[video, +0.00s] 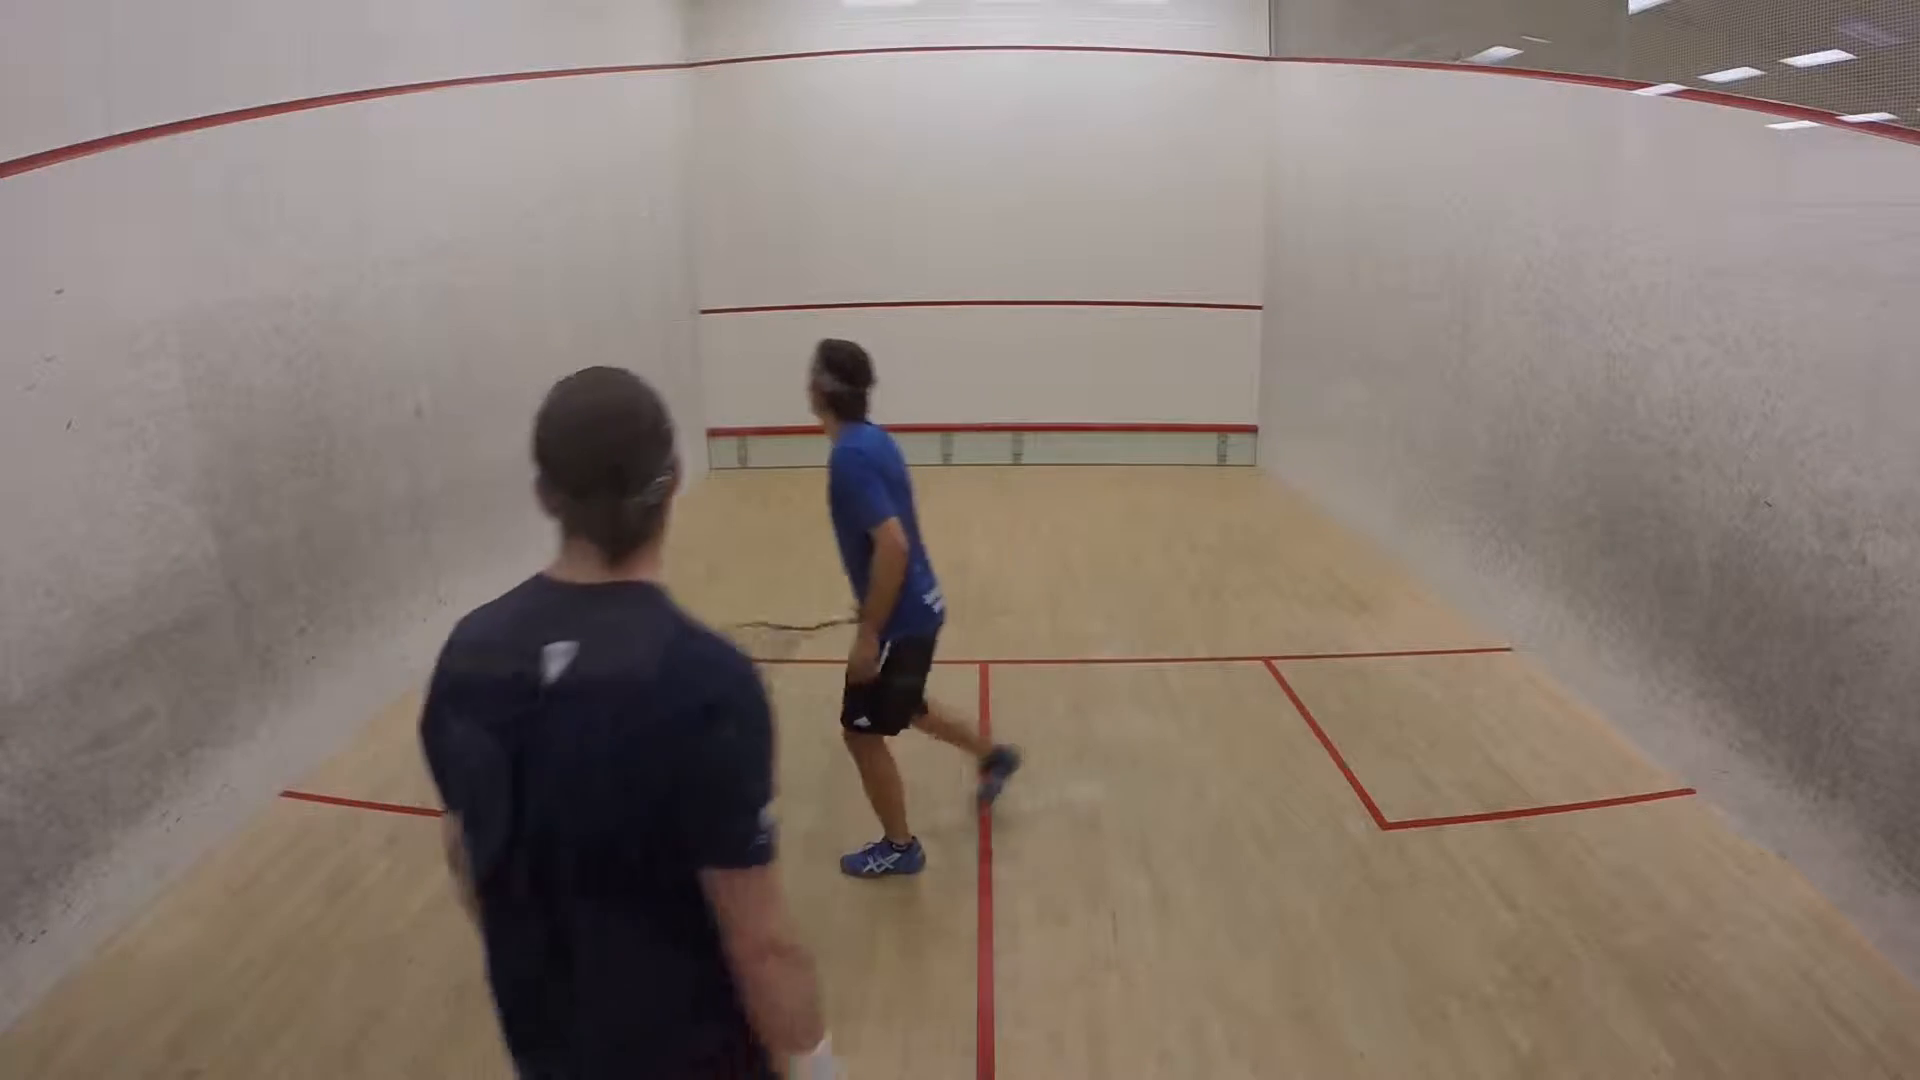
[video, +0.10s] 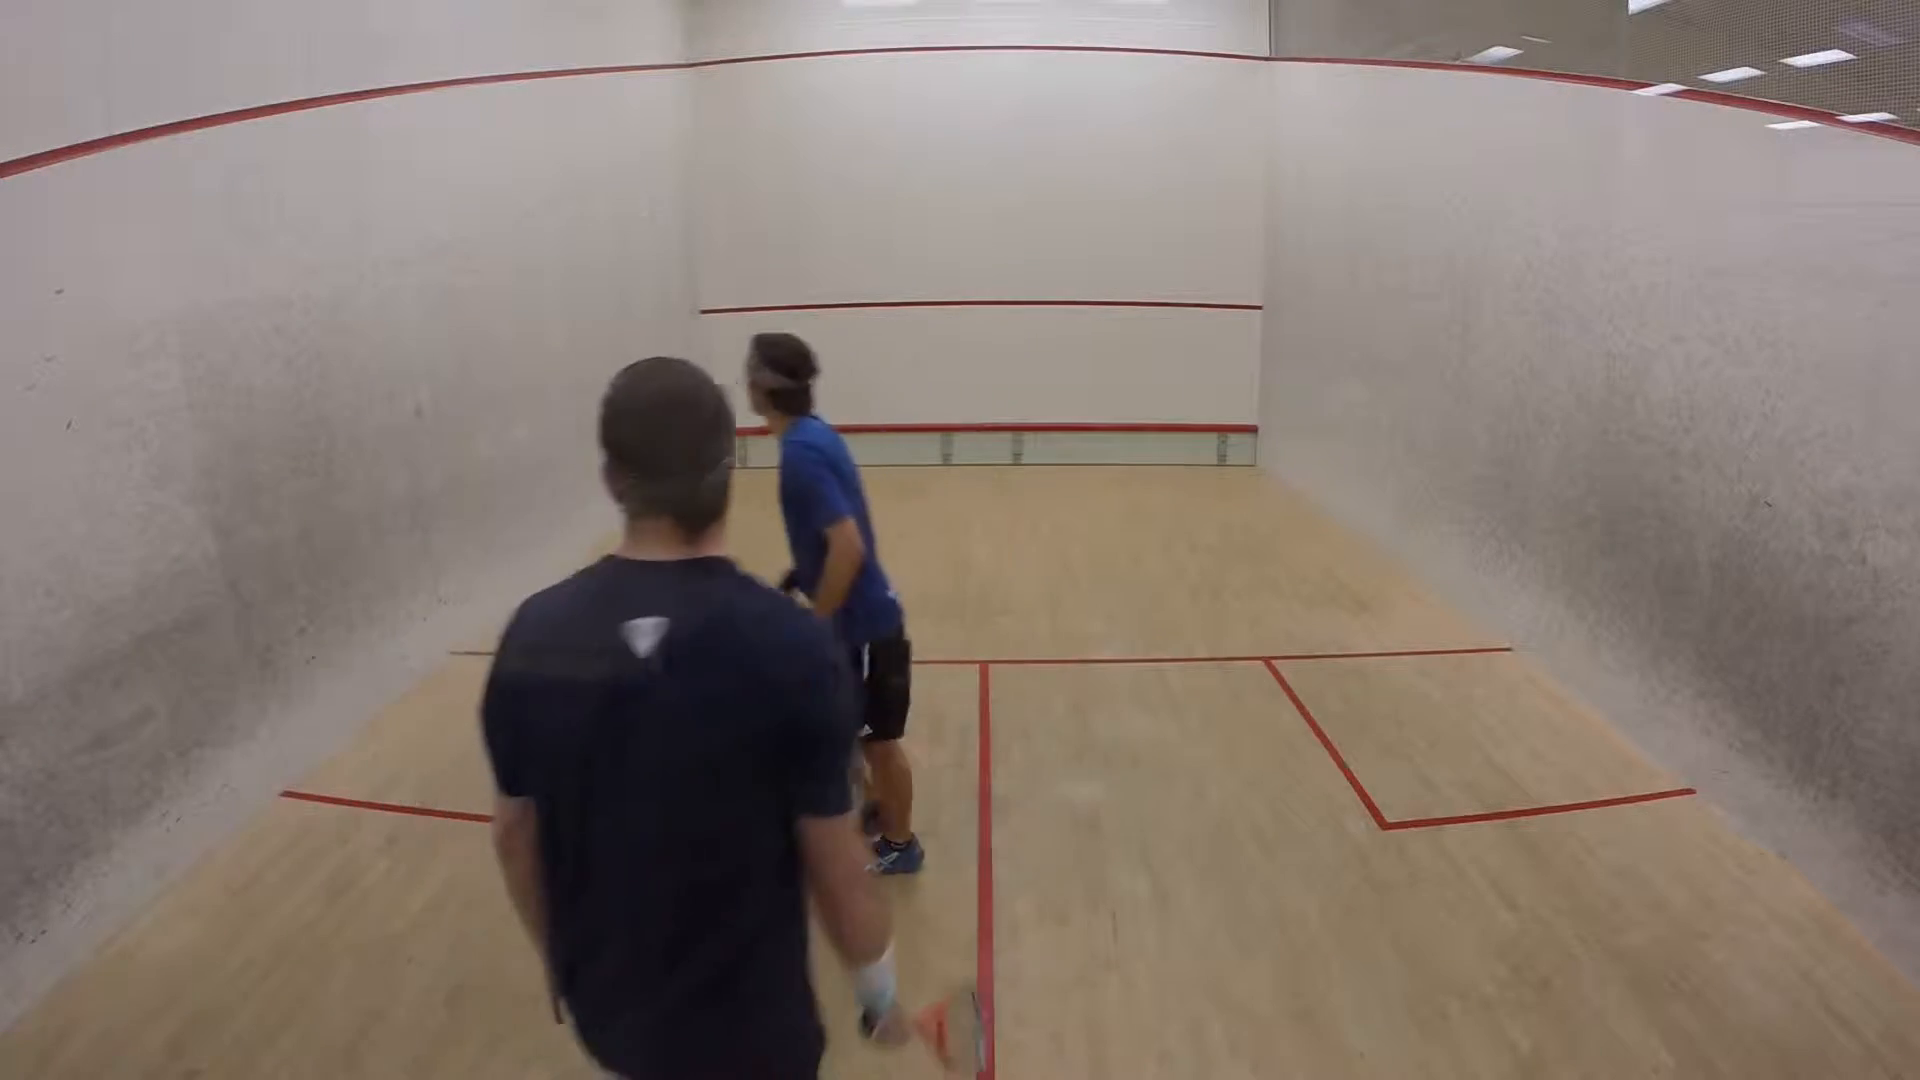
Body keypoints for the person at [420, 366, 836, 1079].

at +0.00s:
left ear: (542, 493)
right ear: (672, 487)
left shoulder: (473, 653)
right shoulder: (709, 679)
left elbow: (472, 871)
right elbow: (760, 943)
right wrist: (810, 1060)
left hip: (546, 1042)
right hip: (695, 1045)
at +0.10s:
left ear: (610, 477)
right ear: (729, 466)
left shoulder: (539, 631)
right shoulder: (790, 644)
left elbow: (516, 837)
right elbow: (835, 858)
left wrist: (559, 965)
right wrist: (879, 992)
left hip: (607, 1001)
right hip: (751, 1011)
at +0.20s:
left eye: (662, 466)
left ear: (667, 482)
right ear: (779, 471)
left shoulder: (608, 630)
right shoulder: (857, 625)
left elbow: (571, 832)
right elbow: (905, 823)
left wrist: (596, 949)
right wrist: (923, 902)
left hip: (675, 952)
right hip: (818, 952)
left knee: (756, 1060)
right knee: (825, 1062)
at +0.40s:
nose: (718, 473)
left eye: (717, 455)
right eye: (714, 454)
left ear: (747, 459)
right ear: (819, 439)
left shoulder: (703, 604)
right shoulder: (928, 557)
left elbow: (678, 784)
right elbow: (981, 714)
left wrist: (686, 899)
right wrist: (989, 794)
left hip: (791, 876)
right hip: (912, 861)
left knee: (860, 984)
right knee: (939, 1047)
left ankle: (891, 1078)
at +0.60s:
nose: (759, 429)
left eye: (765, 411)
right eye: (759, 410)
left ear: (814, 417)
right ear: (862, 403)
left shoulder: (769, 549)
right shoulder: (974, 506)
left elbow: (747, 731)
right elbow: (1033, 654)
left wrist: (781, 789)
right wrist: (1052, 738)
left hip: (851, 809)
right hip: (971, 794)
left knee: (876, 966)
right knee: (1013, 913)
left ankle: (897, 1078)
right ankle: (1026, 1054)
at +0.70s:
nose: (790, 429)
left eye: (799, 411)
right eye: (790, 411)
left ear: (850, 413)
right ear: (877, 406)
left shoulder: (807, 544)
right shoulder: (994, 500)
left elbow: (780, 719)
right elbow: (1053, 641)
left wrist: (827, 763)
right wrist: (1072, 729)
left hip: (873, 788)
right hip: (988, 768)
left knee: (885, 957)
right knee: (1032, 891)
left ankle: (902, 1075)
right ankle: (1066, 990)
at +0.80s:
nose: (822, 427)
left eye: (832, 410)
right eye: (823, 409)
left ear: (886, 415)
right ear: (905, 410)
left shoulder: (846, 543)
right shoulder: (1017, 499)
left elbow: (819, 713)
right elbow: (1068, 627)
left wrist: (863, 757)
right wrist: (1091, 719)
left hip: (899, 779)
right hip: (1005, 759)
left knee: (897, 949)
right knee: (1037, 866)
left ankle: (907, 1075)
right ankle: (1069, 972)